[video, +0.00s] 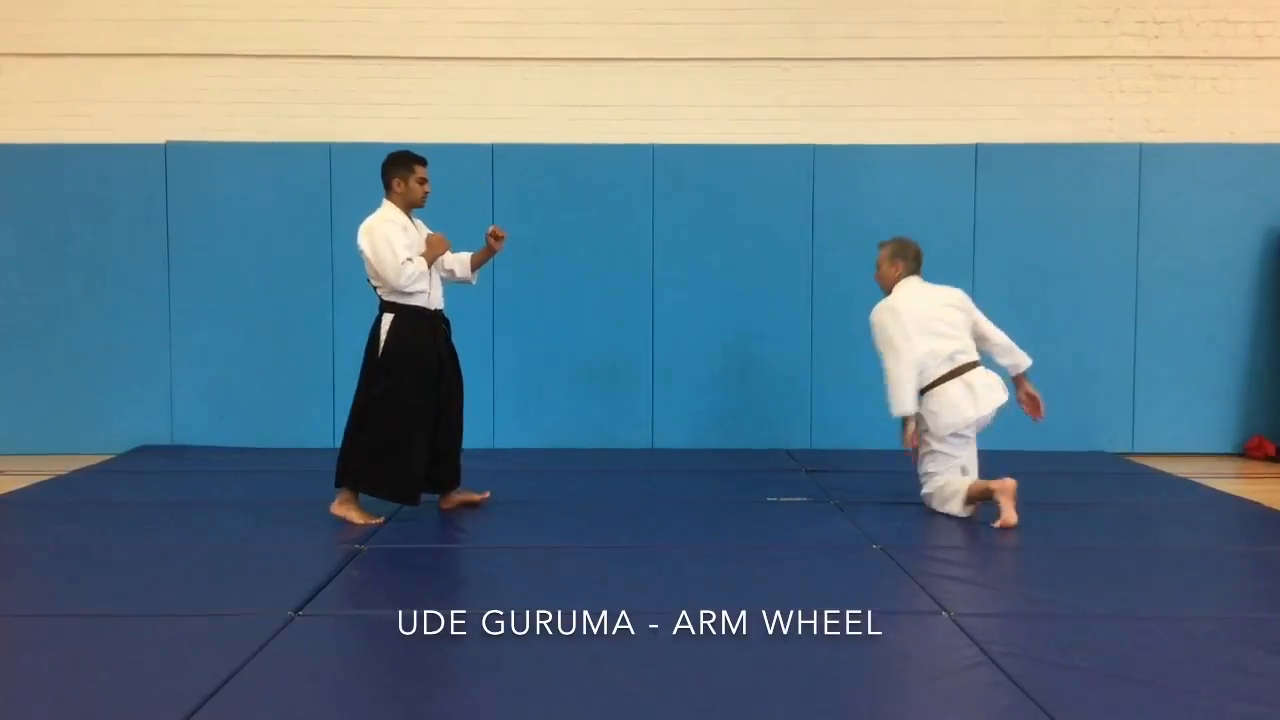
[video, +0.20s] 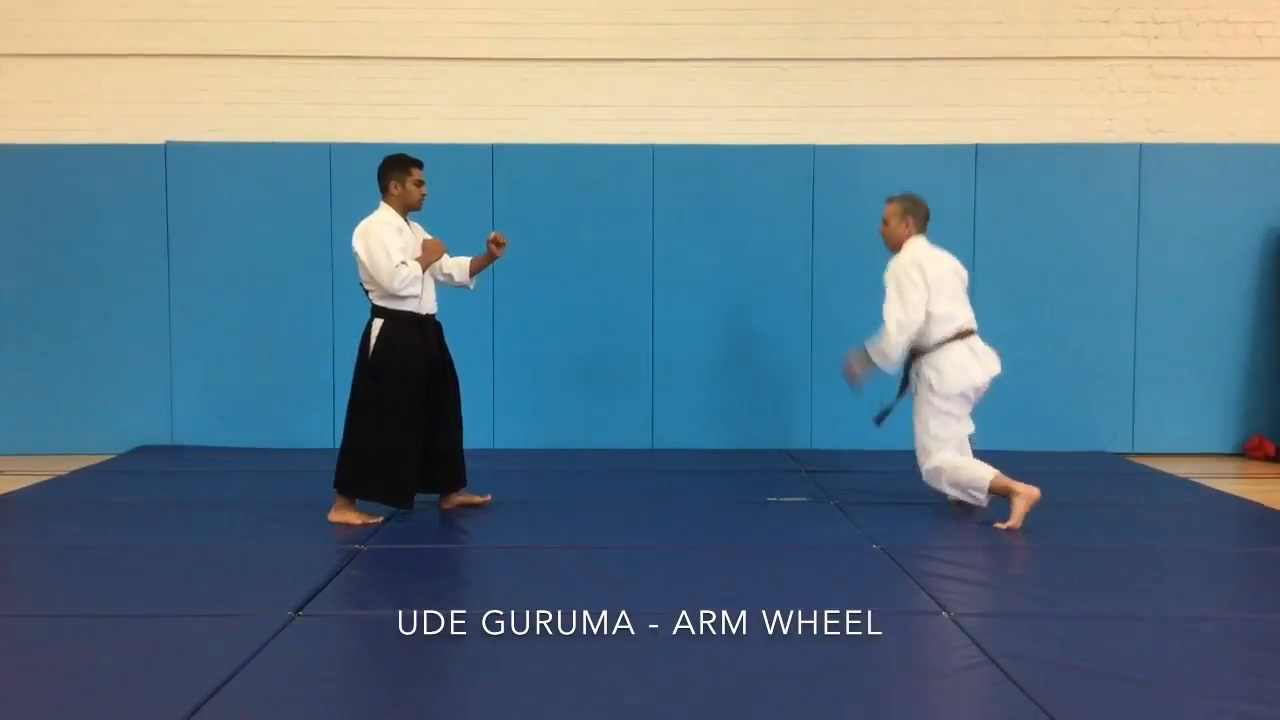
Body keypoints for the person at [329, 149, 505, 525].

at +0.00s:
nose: (428, 188)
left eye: (427, 181)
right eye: (421, 181)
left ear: (406, 185)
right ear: (397, 184)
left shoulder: (416, 228)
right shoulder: (376, 226)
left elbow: (450, 267)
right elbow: (401, 277)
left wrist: (487, 252)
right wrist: (430, 254)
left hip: (432, 327)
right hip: (399, 327)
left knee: (445, 407)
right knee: (377, 411)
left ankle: (449, 491)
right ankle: (346, 497)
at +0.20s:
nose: (425, 190)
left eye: (424, 184)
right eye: (419, 184)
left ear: (404, 187)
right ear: (394, 186)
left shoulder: (415, 232)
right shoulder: (371, 230)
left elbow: (447, 270)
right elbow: (395, 282)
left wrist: (487, 258)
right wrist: (425, 259)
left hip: (426, 331)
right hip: (390, 332)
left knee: (442, 410)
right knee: (371, 417)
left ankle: (450, 492)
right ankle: (343, 504)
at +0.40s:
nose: (425, 188)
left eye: (425, 182)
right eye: (419, 182)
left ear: (403, 186)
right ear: (395, 185)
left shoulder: (416, 230)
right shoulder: (371, 228)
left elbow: (450, 268)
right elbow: (392, 282)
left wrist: (488, 252)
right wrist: (426, 259)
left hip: (424, 331)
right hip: (388, 331)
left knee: (439, 409)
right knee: (368, 416)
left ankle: (449, 491)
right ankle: (343, 505)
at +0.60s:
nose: (435, 190)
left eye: (435, 183)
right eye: (429, 183)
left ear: (414, 187)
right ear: (406, 185)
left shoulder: (428, 232)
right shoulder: (381, 229)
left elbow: (456, 269)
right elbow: (397, 286)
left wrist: (487, 246)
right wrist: (439, 277)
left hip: (427, 332)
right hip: (393, 332)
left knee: (450, 407)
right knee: (375, 416)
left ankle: (454, 489)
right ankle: (344, 502)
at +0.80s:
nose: (453, 201)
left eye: (452, 194)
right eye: (447, 194)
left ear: (427, 199)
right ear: (424, 198)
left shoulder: (434, 240)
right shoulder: (406, 240)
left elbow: (455, 289)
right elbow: (433, 302)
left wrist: (481, 267)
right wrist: (473, 295)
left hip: (437, 338)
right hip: (408, 341)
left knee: (474, 401)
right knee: (390, 422)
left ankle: (484, 472)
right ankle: (350, 497)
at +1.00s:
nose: (481, 211)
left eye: (479, 205)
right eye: (474, 206)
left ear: (457, 213)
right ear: (452, 212)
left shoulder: (458, 246)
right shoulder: (449, 249)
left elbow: (491, 290)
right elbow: (502, 293)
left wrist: (510, 270)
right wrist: (523, 268)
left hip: (471, 346)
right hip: (447, 347)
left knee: (501, 409)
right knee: (416, 422)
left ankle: (517, 472)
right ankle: (363, 491)